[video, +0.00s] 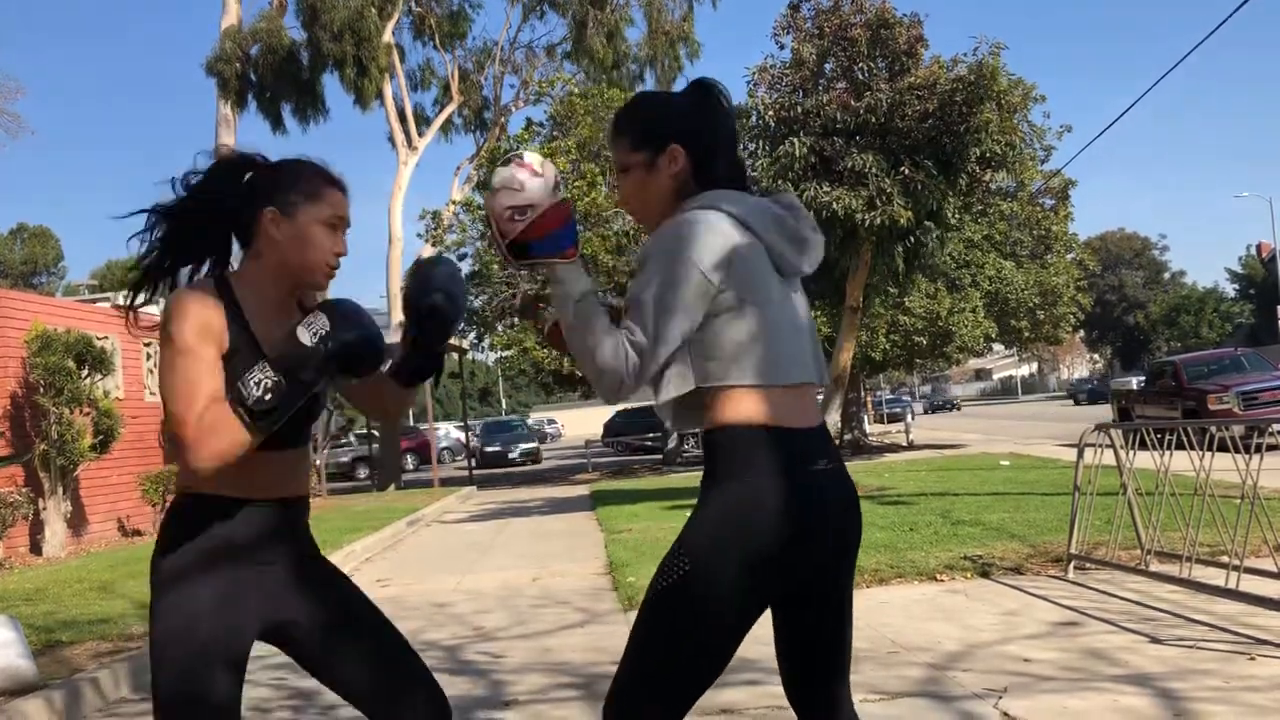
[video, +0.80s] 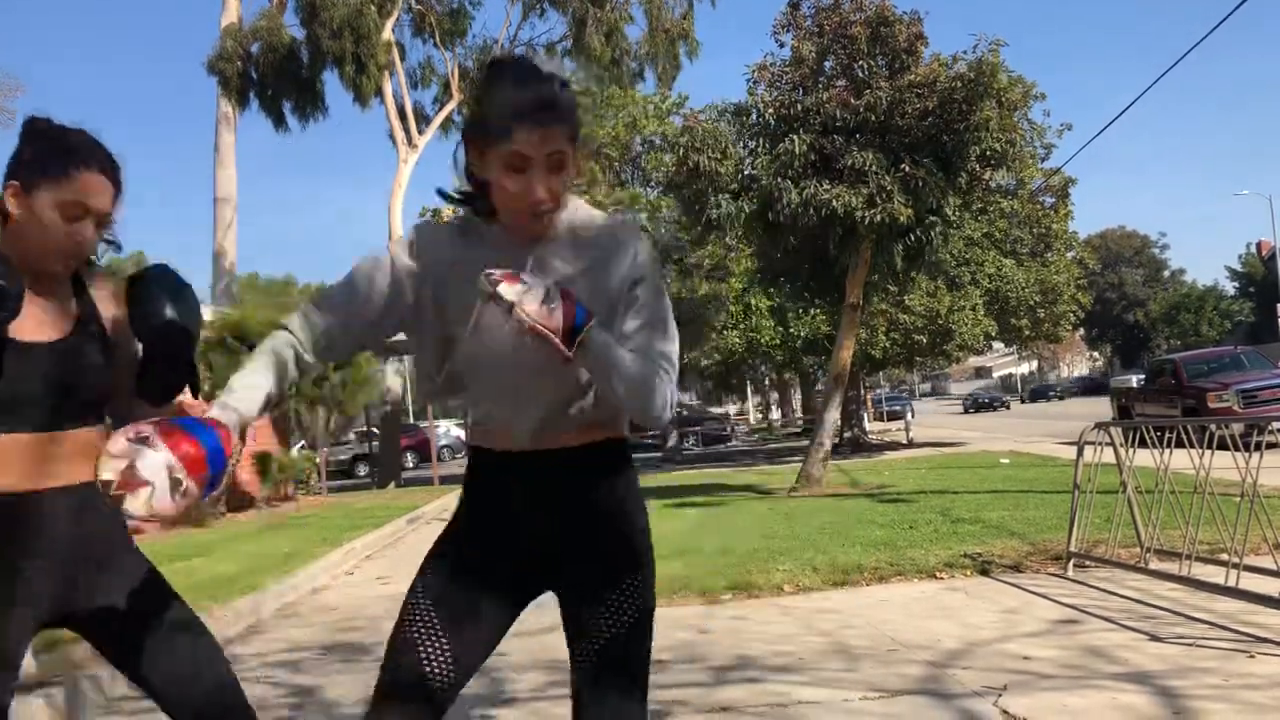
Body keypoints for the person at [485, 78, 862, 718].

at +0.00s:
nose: (617, 193)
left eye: (624, 173)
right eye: (615, 176)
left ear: (673, 163)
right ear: (676, 162)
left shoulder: (693, 233)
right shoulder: (765, 229)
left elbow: (619, 370)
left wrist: (564, 268)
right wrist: (590, 334)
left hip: (749, 498)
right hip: (824, 492)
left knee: (636, 706)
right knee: (825, 700)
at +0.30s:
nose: (584, 191)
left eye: (591, 170)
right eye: (580, 174)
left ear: (644, 160)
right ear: (642, 163)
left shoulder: (685, 223)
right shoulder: (677, 232)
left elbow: (681, 366)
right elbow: (643, 391)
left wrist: (572, 309)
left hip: (754, 490)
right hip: (782, 483)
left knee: (622, 704)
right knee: (810, 702)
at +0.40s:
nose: (546, 185)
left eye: (556, 164)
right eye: (541, 168)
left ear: (611, 153)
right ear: (605, 159)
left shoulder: (667, 218)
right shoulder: (624, 237)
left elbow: (682, 364)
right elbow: (627, 382)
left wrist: (571, 280)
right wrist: (549, 341)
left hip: (722, 488)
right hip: (699, 485)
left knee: (626, 706)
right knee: (763, 701)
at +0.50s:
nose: (515, 185)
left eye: (527, 163)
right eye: (506, 166)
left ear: (582, 150)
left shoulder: (653, 218)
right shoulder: (565, 251)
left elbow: (682, 383)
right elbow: (588, 391)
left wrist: (553, 320)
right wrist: (507, 396)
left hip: (693, 478)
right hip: (651, 480)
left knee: (621, 704)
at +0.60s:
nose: (497, 198)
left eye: (512, 174)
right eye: (486, 178)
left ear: (568, 161)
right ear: (477, 170)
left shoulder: (647, 238)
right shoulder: (511, 259)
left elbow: (681, 394)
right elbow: (439, 373)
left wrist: (553, 327)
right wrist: (374, 436)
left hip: (674, 491)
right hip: (602, 499)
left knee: (619, 709)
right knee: (492, 698)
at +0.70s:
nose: (503, 201)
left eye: (522, 176)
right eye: (486, 179)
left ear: (570, 164)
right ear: (473, 173)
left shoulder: (641, 247)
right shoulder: (473, 264)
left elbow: (673, 402)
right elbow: (386, 355)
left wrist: (564, 329)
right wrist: (298, 443)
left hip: (651, 506)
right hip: (564, 507)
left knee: (615, 710)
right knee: (436, 700)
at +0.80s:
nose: (540, 190)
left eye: (557, 163)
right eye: (515, 165)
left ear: (575, 156)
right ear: (477, 160)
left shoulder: (620, 250)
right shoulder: (438, 253)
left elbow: (656, 403)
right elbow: (313, 332)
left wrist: (578, 328)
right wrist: (225, 417)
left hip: (600, 504)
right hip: (494, 506)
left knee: (612, 708)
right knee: (401, 701)